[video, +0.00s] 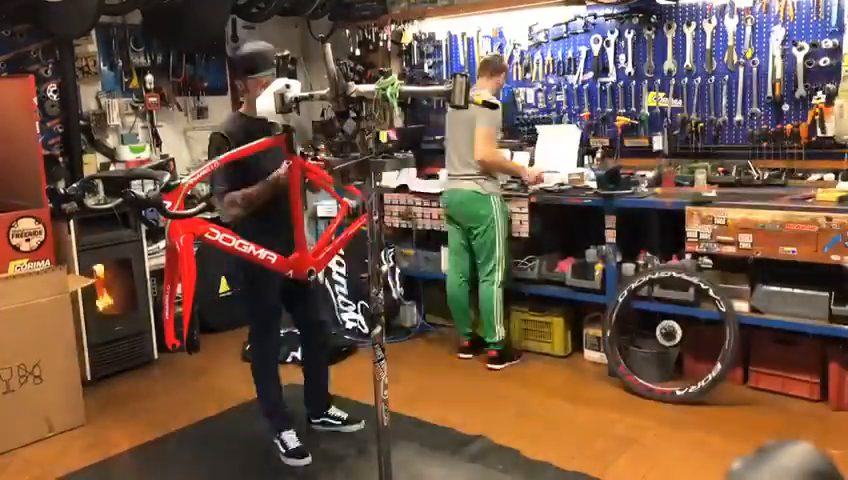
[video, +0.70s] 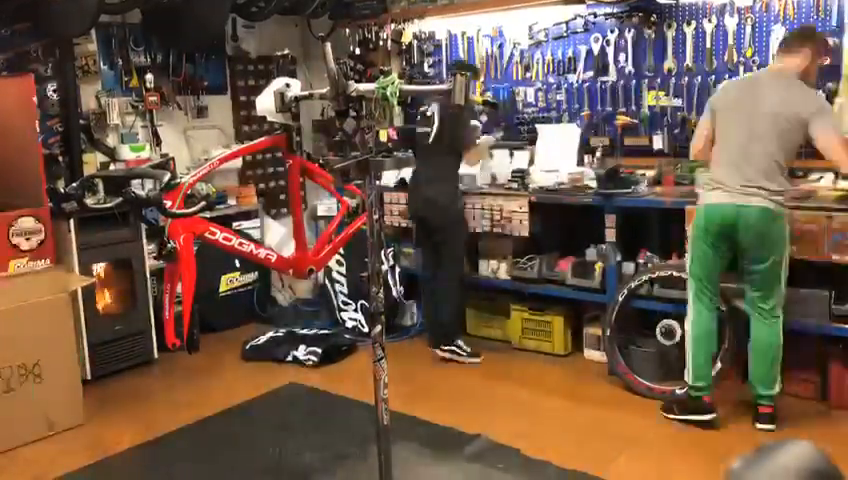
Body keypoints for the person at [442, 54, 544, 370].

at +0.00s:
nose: (502, 85)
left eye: (502, 80)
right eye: (503, 80)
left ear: (478, 74)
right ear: (498, 78)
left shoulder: (455, 105)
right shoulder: (488, 106)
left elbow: (460, 151)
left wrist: (505, 163)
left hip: (453, 192)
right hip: (481, 194)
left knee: (458, 271)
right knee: (492, 273)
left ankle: (466, 339)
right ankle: (496, 346)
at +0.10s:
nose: (424, 85)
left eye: (424, 79)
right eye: (425, 78)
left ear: (430, 81)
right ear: (458, 78)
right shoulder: (488, 113)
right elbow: (503, 153)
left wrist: (423, 169)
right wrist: (470, 154)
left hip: (467, 216)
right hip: (497, 210)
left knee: (475, 296)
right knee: (481, 289)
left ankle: (479, 380)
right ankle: (478, 356)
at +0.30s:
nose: (510, 92)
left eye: (508, 86)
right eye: (510, 87)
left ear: (480, 85)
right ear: (508, 85)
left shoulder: (456, 115)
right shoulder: (503, 113)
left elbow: (436, 158)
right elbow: (511, 163)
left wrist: (463, 156)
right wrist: (534, 167)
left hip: (458, 200)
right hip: (489, 203)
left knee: (460, 272)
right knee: (497, 277)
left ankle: (456, 340)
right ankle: (500, 356)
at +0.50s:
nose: (496, 114)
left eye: (498, 109)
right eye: (497, 108)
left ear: (476, 93)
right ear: (489, 99)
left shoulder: (448, 111)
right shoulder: (470, 111)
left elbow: (446, 151)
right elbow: (458, 140)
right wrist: (485, 158)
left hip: (434, 195)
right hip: (453, 197)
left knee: (445, 266)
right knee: (462, 267)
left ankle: (447, 336)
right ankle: (456, 341)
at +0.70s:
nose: (473, 90)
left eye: (473, 82)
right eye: (471, 83)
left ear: (444, 85)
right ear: (464, 86)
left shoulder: (422, 113)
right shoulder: (457, 115)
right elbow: (470, 158)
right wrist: (485, 144)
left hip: (419, 195)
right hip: (442, 197)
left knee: (432, 266)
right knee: (452, 267)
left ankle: (436, 334)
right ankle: (449, 338)